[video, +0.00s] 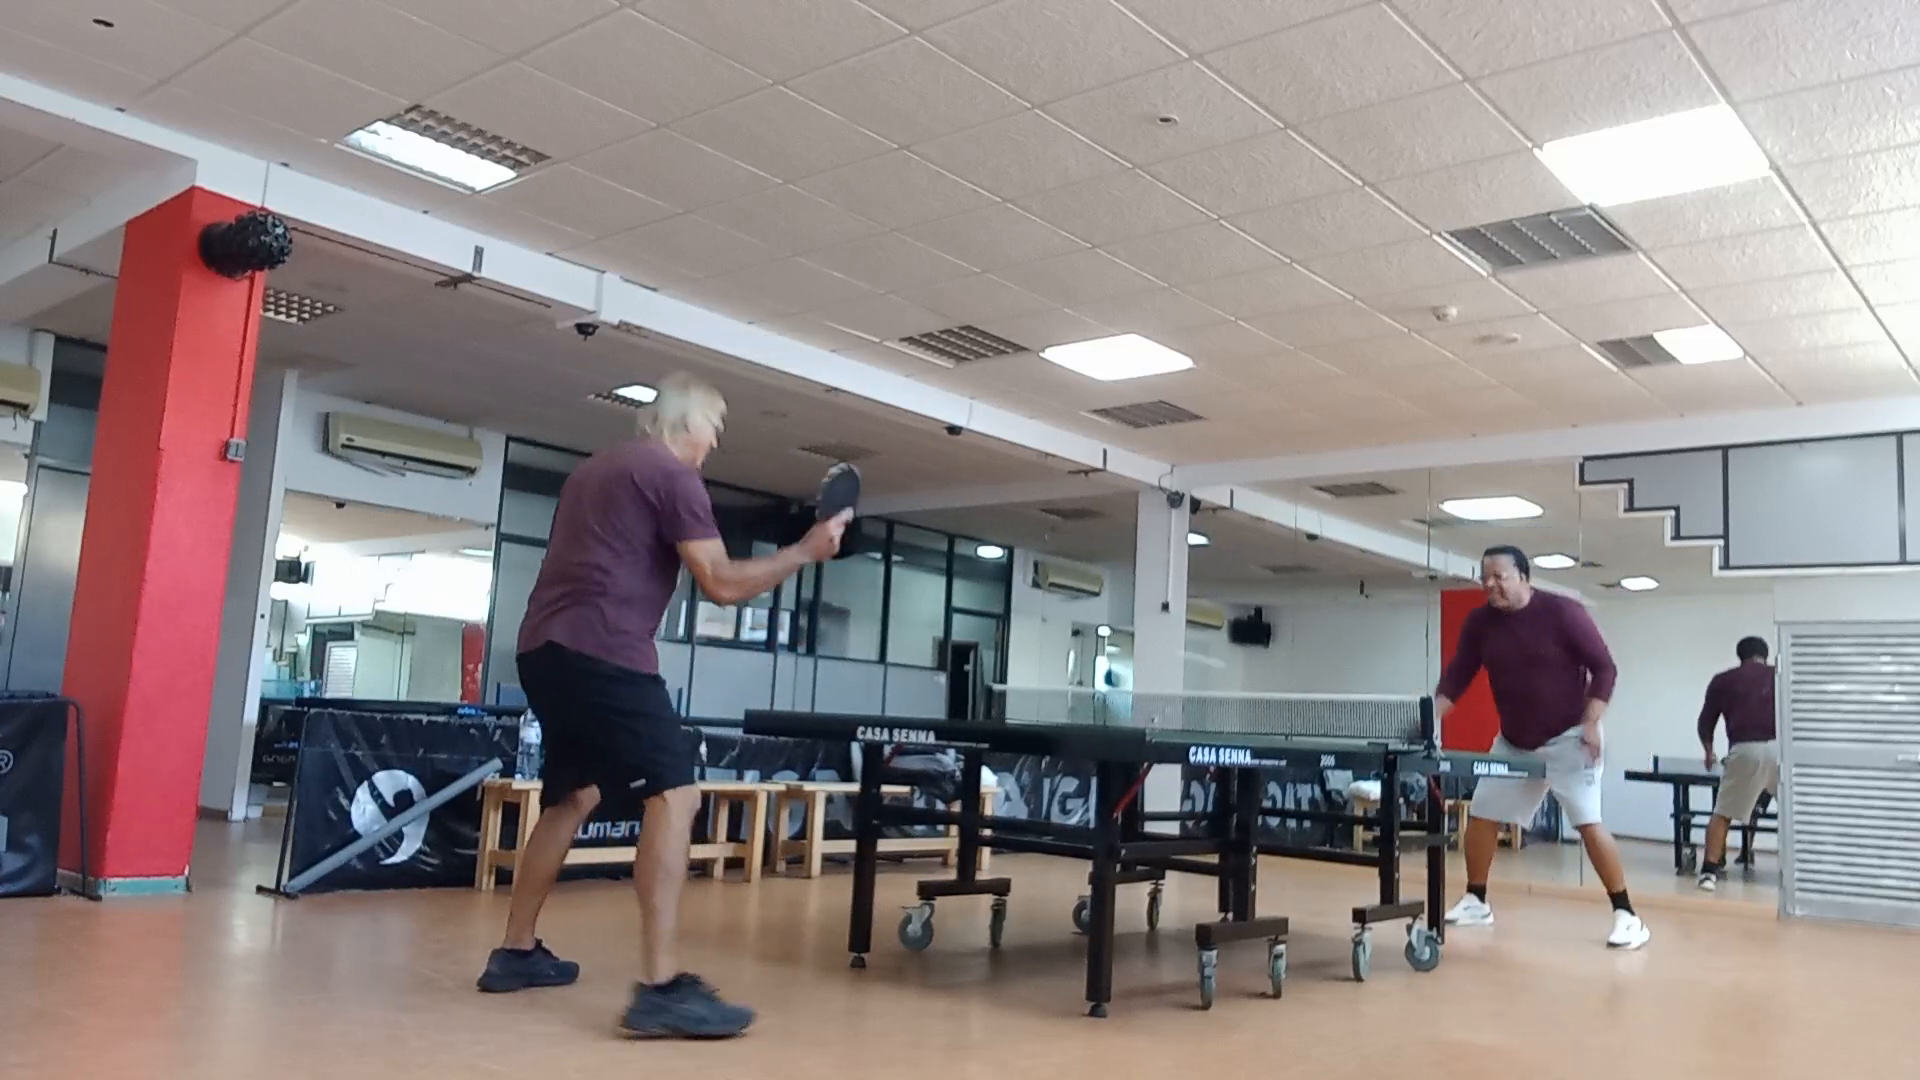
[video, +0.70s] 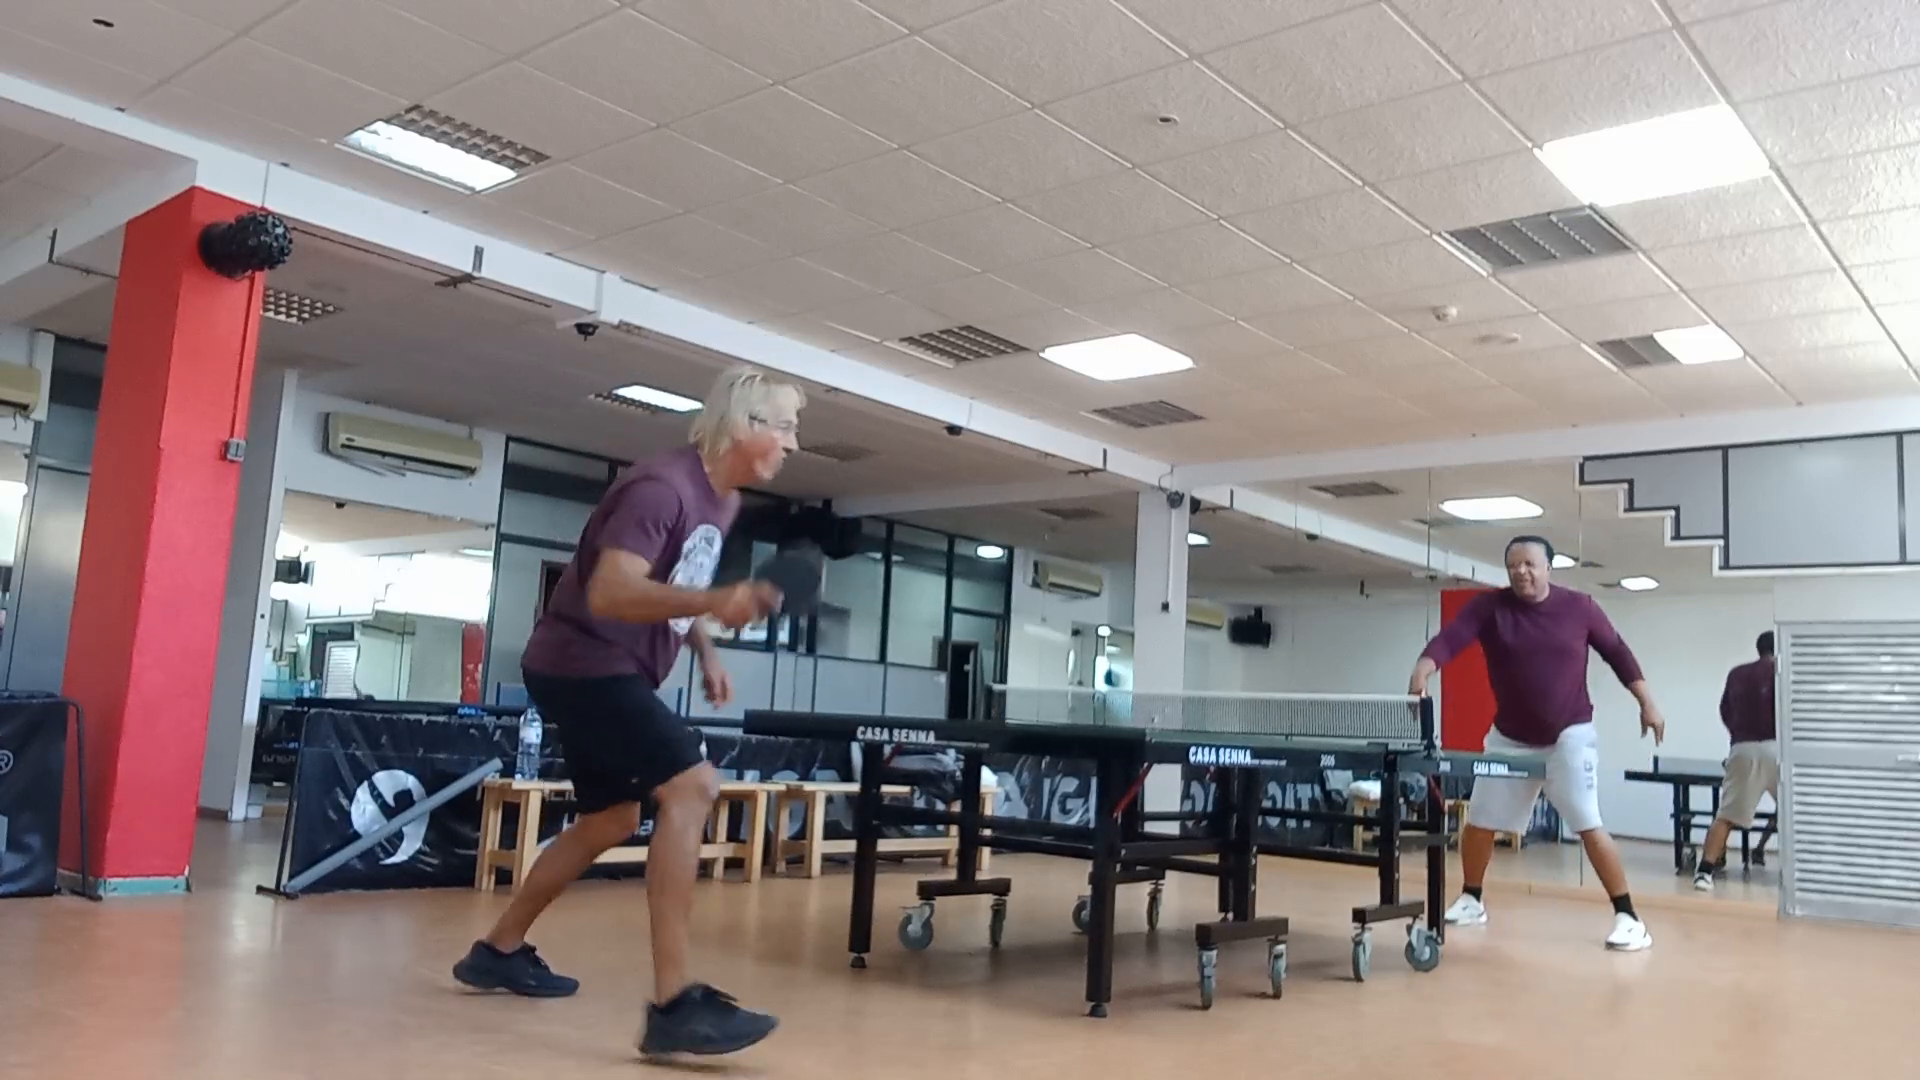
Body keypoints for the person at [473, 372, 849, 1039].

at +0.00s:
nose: (713, 450)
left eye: (716, 438)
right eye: (712, 435)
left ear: (655, 422)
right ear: (686, 426)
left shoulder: (592, 469)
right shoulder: (672, 473)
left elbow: (579, 571)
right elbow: (722, 582)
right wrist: (805, 552)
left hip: (543, 649)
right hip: (606, 653)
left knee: (575, 793)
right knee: (675, 790)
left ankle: (515, 951)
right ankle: (660, 986)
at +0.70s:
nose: (789, 448)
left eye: (791, 433)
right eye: (783, 431)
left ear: (743, 432)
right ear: (740, 427)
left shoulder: (722, 501)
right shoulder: (660, 488)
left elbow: (682, 585)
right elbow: (607, 596)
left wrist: (708, 652)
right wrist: (716, 602)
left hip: (611, 663)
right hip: (580, 660)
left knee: (611, 818)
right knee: (690, 784)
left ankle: (499, 947)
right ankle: (673, 1002)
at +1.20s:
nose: (725, 345)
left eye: (725, 331)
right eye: (717, 329)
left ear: (664, 330)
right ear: (680, 332)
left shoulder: (642, 403)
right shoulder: (637, 407)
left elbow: (649, 543)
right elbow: (660, 559)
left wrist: (709, 604)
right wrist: (765, 601)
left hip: (582, 641)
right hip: (585, 645)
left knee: (609, 807)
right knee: (666, 809)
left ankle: (454, 964)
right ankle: (685, 1020)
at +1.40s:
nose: (682, 339)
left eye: (683, 324)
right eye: (678, 322)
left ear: (613, 314)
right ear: (647, 318)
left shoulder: (567, 375)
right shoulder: (608, 381)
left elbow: (543, 533)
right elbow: (600, 520)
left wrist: (615, 615)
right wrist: (700, 590)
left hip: (491, 617)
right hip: (539, 624)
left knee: (509, 807)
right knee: (612, 796)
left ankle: (421, 997)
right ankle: (552, 1024)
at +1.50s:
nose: (668, 339)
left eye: (671, 324)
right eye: (666, 321)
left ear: (598, 308)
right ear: (634, 314)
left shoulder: (543, 370)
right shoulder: (602, 381)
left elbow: (512, 519)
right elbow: (591, 523)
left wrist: (571, 621)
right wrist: (675, 601)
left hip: (466, 614)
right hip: (518, 625)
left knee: (486, 808)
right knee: (558, 809)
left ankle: (419, 1000)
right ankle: (438, 1023)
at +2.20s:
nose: (661, 370)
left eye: (664, 356)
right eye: (662, 353)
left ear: (589, 330)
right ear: (637, 342)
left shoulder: (519, 385)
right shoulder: (600, 390)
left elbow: (467, 516)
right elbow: (588, 501)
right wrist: (663, 584)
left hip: (432, 622)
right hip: (520, 632)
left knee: (400, 810)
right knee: (618, 792)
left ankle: (289, 1009)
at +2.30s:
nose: (697, 403)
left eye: (705, 390)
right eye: (701, 386)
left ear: (636, 354)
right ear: (677, 366)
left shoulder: (555, 403)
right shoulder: (644, 407)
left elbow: (513, 542)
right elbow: (637, 515)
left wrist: (598, 637)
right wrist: (697, 592)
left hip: (469, 640)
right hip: (558, 650)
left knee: (414, 820)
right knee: (658, 810)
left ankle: (293, 1009)